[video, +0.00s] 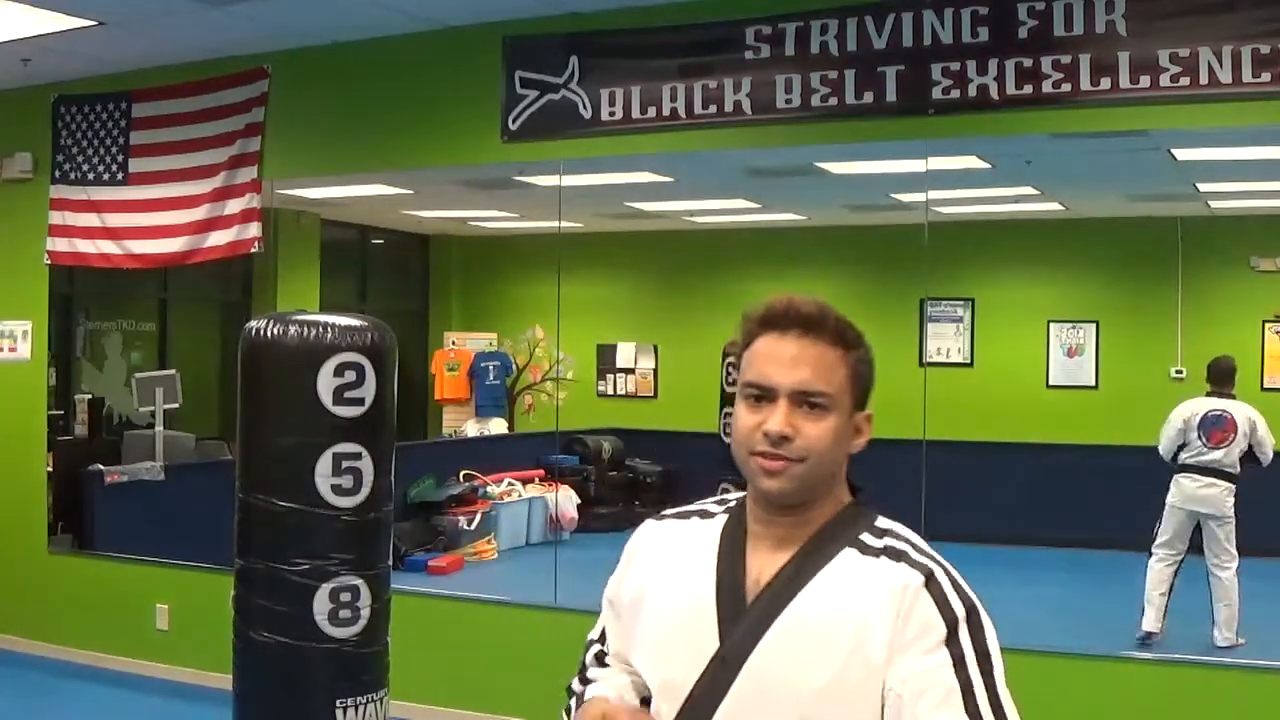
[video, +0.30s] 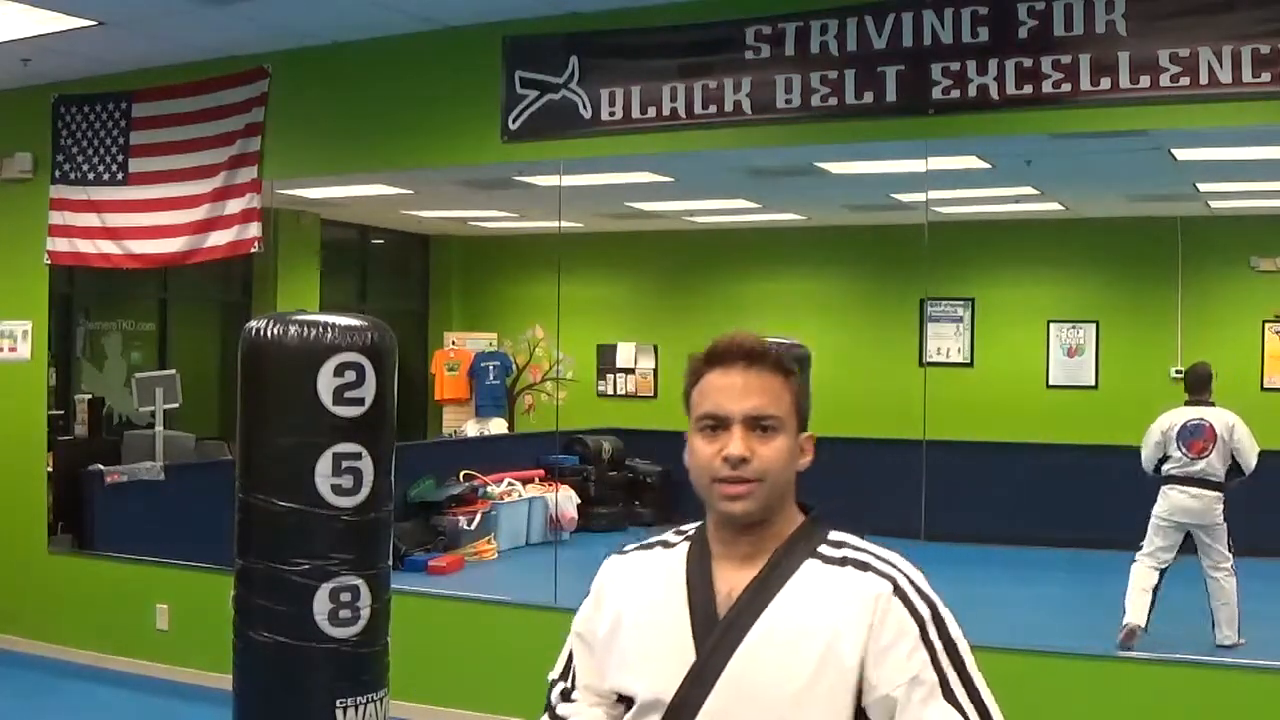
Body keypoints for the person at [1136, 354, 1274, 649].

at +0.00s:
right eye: (1231, 377)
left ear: (1208, 379)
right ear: (1234, 380)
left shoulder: (1187, 408)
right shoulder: (1249, 414)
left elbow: (1166, 450)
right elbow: (1266, 456)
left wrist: (1189, 460)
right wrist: (1238, 450)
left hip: (1184, 489)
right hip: (1220, 495)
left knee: (1165, 554)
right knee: (1223, 563)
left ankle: (1149, 627)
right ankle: (1225, 636)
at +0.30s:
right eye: (1211, 382)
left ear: (1185, 387)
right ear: (1211, 386)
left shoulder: (1168, 418)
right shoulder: (1229, 420)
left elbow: (1149, 464)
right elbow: (1249, 463)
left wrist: (1176, 470)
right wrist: (1221, 480)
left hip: (1172, 498)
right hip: (1209, 502)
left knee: (1149, 559)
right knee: (1219, 567)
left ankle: (1132, 620)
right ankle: (1227, 637)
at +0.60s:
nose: (1165, 381)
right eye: (1166, 376)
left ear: (1139, 381)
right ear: (1166, 380)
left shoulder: (1122, 413)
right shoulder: (1184, 411)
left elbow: (1103, 459)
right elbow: (1203, 454)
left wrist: (1134, 466)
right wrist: (1183, 475)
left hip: (1135, 497)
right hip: (1174, 498)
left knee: (1130, 566)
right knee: (1192, 563)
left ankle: (1129, 641)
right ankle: (1207, 633)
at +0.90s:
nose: (1148, 379)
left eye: (1142, 375)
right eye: (1147, 375)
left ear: (1119, 381)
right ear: (1145, 379)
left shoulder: (1102, 415)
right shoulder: (1165, 411)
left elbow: (1086, 463)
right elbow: (1189, 454)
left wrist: (1115, 472)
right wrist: (1163, 466)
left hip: (1114, 502)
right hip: (1153, 503)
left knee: (1108, 568)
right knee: (1165, 568)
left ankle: (1103, 645)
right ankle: (1146, 631)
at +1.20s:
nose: (1149, 362)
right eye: (1150, 358)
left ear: (1123, 361)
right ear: (1151, 361)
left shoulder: (1103, 392)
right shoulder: (1168, 392)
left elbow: (1086, 437)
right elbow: (1189, 431)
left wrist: (1113, 452)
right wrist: (1163, 455)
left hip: (1113, 481)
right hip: (1151, 483)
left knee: (1105, 552)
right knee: (1152, 555)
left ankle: (1098, 633)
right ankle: (1145, 636)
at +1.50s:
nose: (1150, 379)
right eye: (1150, 375)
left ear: (1121, 380)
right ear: (1149, 379)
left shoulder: (1100, 414)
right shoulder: (1164, 415)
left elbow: (1088, 462)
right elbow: (1180, 463)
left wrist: (1116, 468)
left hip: (1111, 500)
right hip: (1150, 502)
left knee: (1098, 570)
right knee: (1157, 576)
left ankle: (1084, 646)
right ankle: (1151, 653)